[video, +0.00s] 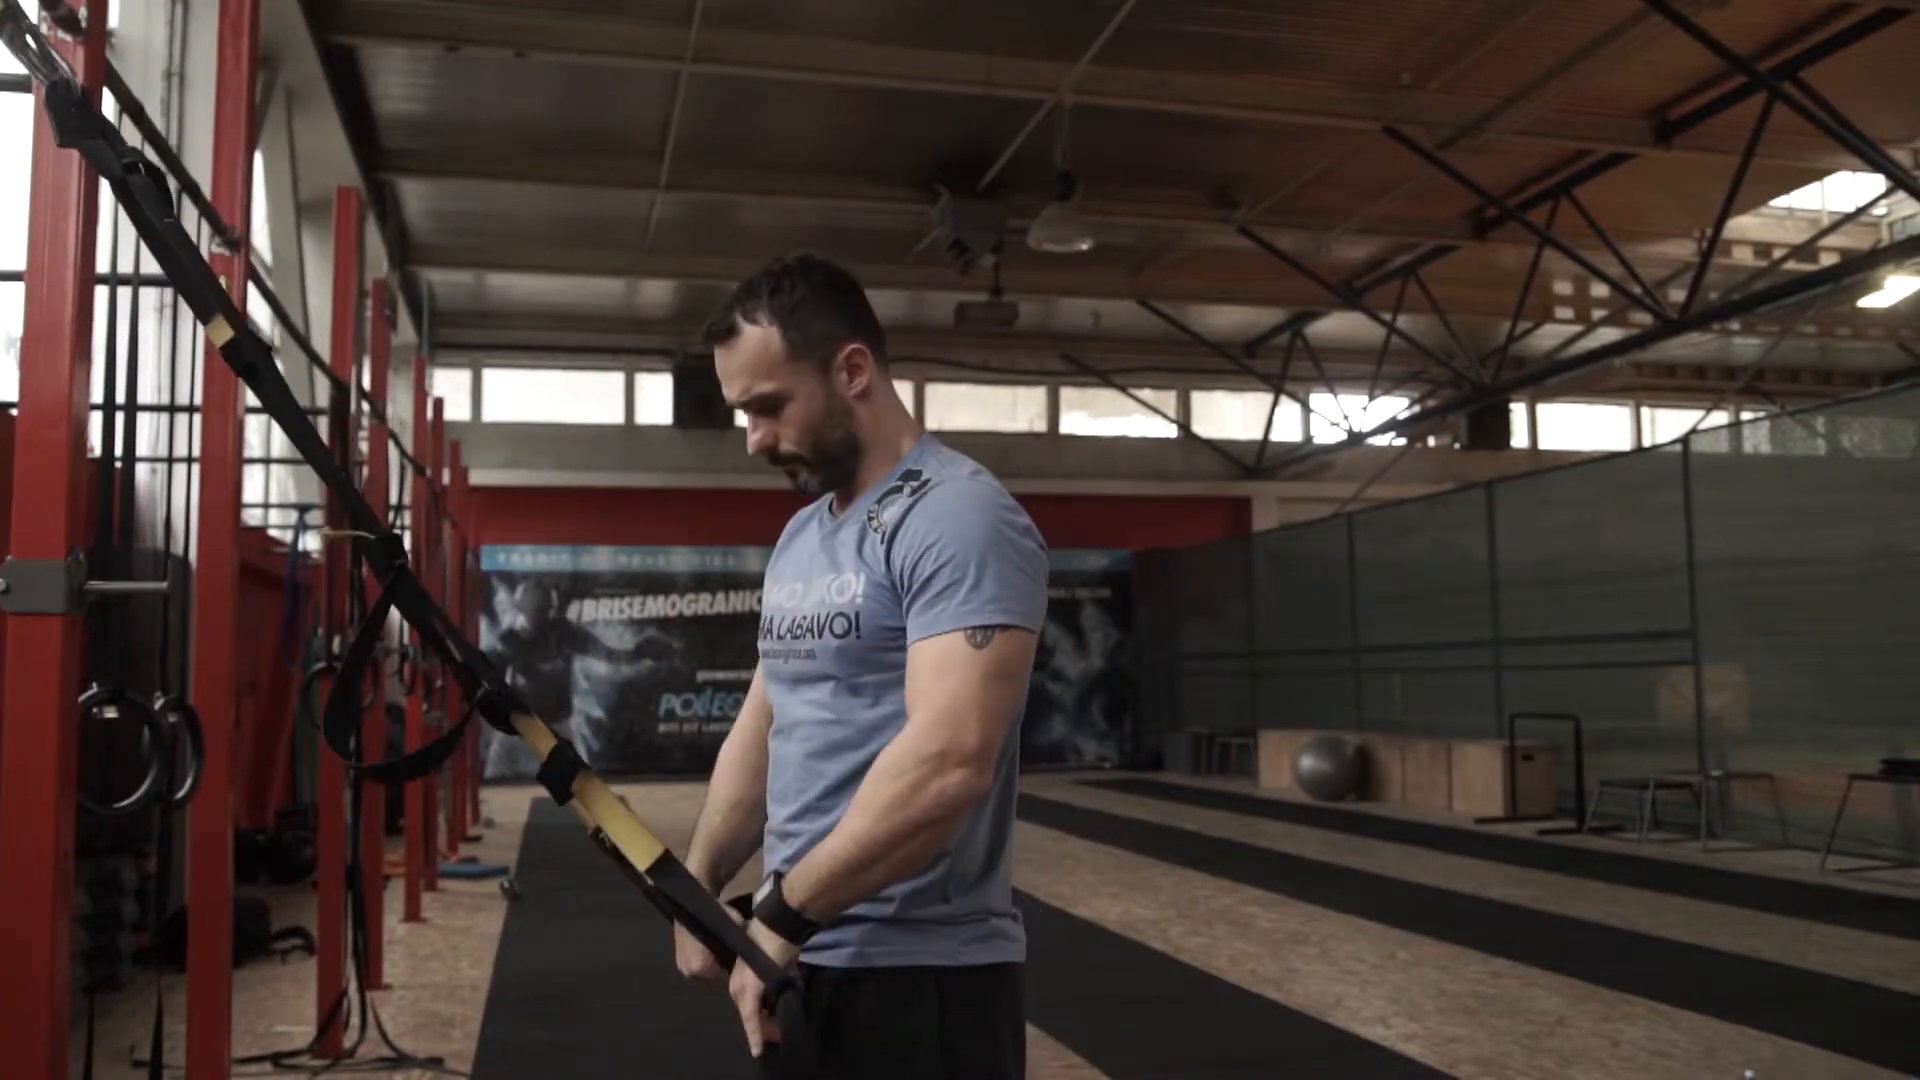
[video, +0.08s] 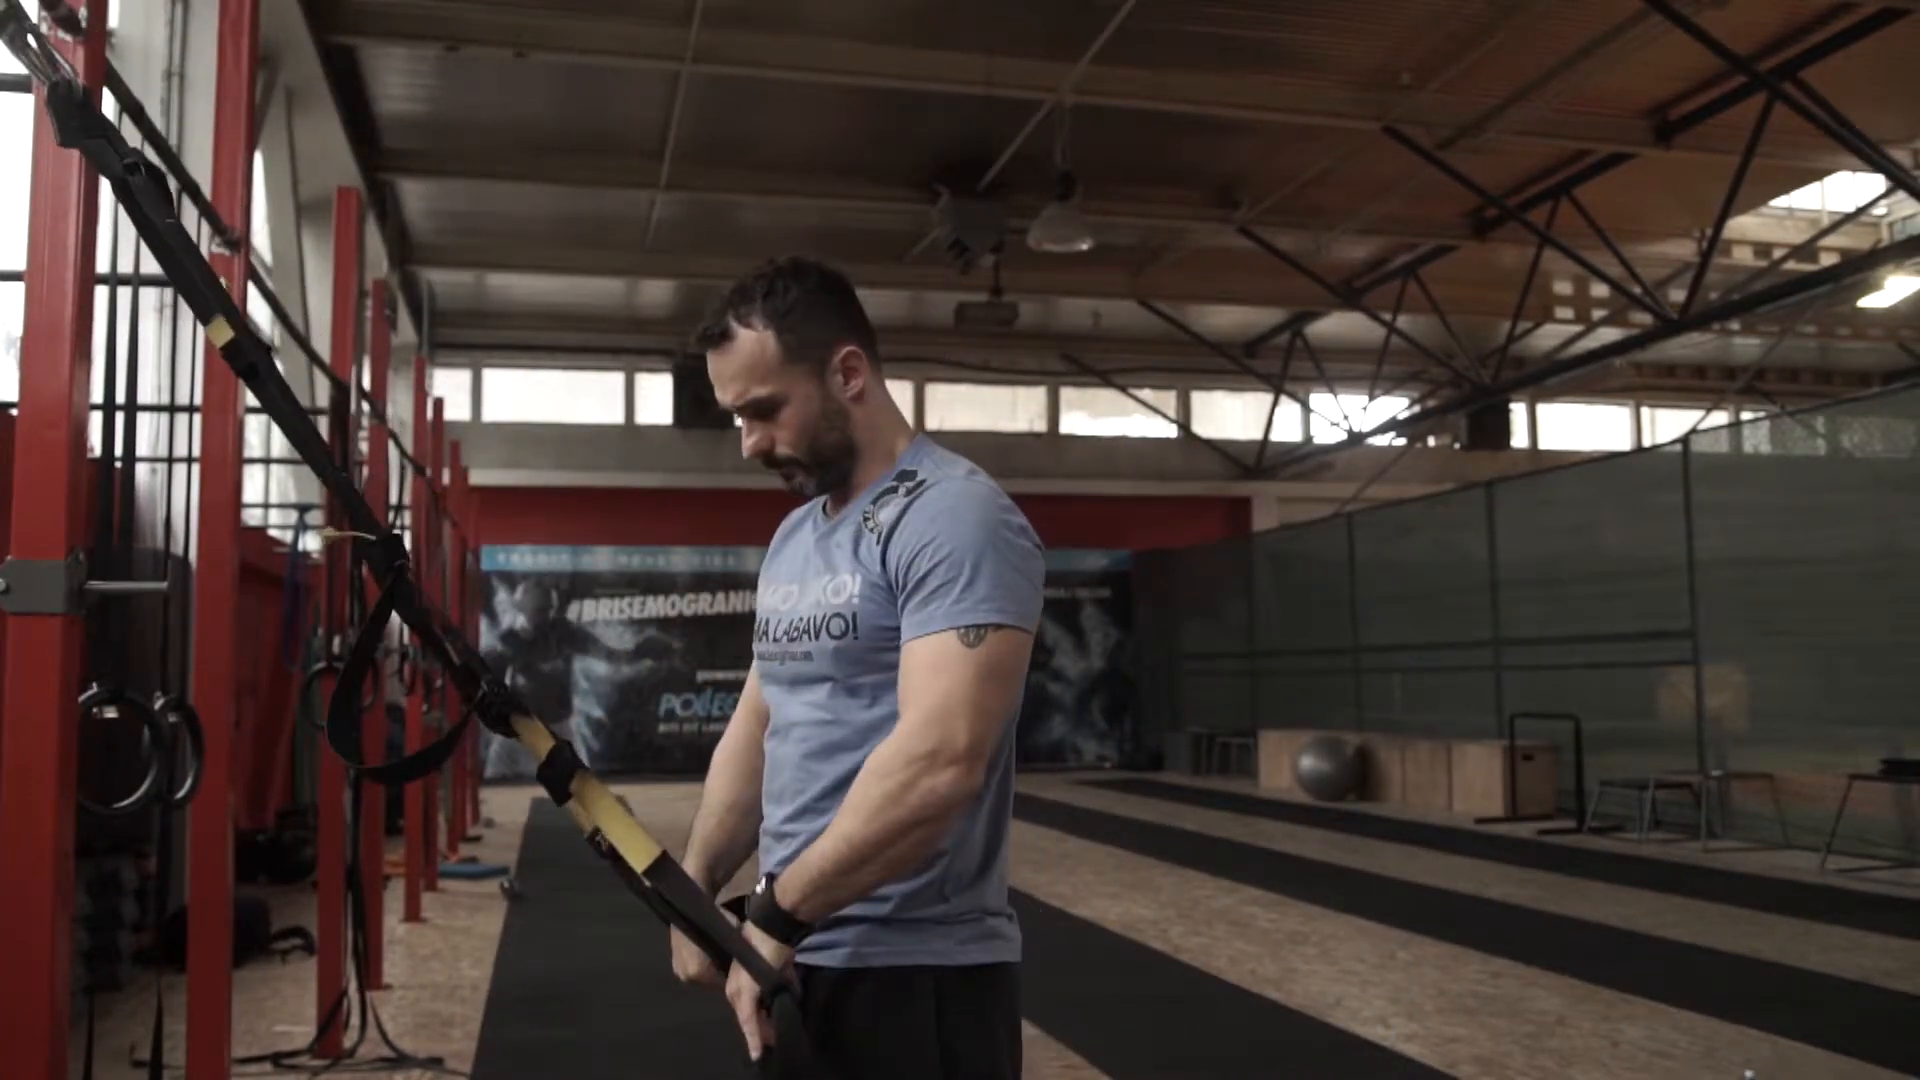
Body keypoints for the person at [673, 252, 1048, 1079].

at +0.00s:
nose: (756, 442)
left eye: (769, 406)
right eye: (744, 416)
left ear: (855, 371)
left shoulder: (964, 516)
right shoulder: (801, 537)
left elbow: (951, 760)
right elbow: (764, 719)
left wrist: (782, 912)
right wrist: (698, 878)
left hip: (927, 973)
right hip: (808, 966)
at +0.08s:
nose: (751, 445)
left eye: (765, 409)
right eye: (738, 420)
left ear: (851, 373)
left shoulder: (960, 516)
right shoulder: (795, 537)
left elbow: (942, 759)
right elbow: (757, 721)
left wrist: (775, 913)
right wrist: (695, 883)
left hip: (923, 973)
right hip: (804, 966)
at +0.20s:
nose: (742, 450)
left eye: (756, 414)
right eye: (727, 425)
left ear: (842, 376)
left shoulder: (951, 514)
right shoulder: (786, 539)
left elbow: (922, 762)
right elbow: (748, 723)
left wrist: (761, 921)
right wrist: (684, 888)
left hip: (916, 975)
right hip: (796, 969)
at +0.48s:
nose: (719, 458)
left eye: (730, 423)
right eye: (703, 434)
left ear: (813, 380)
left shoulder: (923, 513)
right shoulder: (773, 540)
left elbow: (867, 769)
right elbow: (738, 727)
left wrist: (731, 939)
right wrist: (672, 897)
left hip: (900, 975)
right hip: (783, 967)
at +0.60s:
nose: (709, 465)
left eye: (718, 431)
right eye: (694, 441)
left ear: (797, 382)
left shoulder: (912, 512)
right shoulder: (770, 542)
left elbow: (855, 767)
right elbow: (738, 728)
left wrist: (725, 944)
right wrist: (671, 897)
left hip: (897, 978)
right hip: (781, 968)